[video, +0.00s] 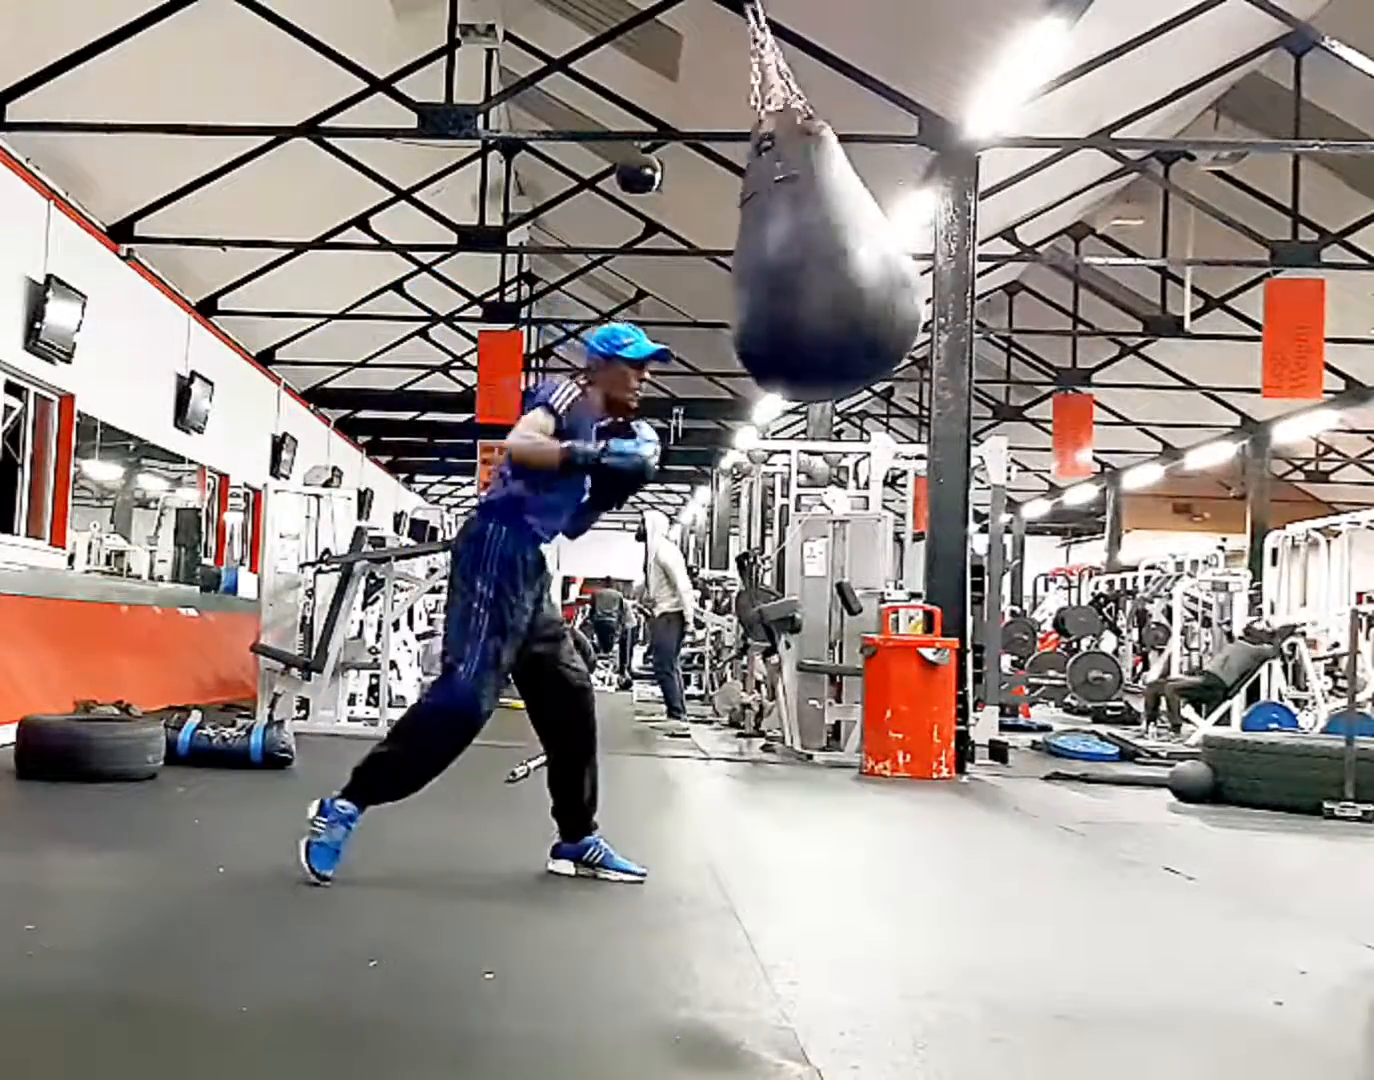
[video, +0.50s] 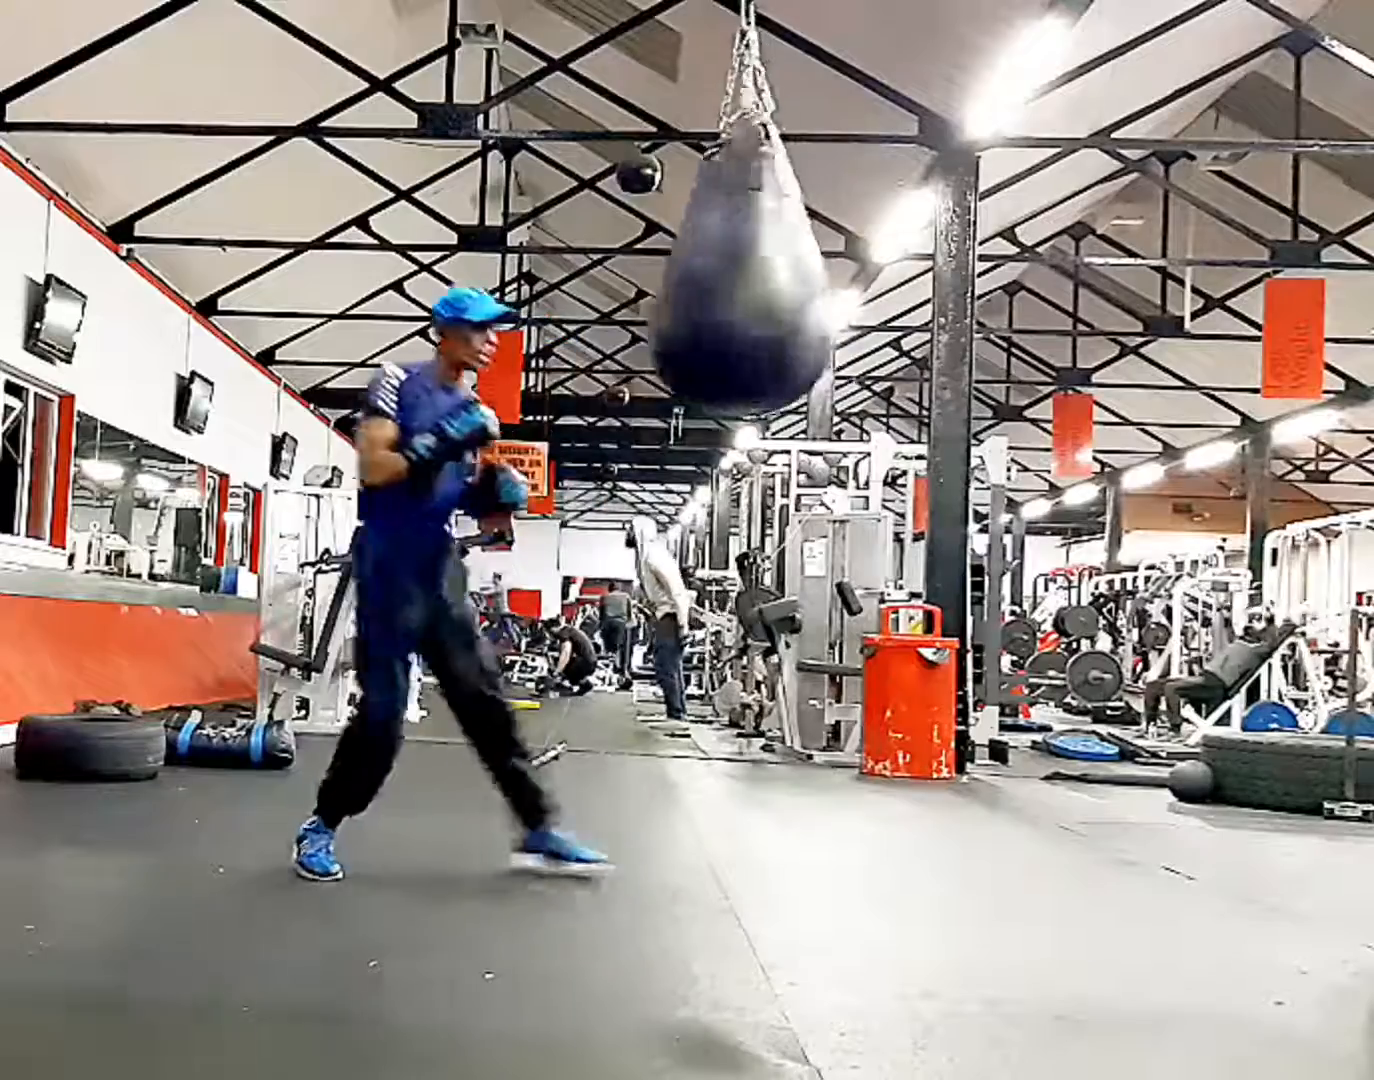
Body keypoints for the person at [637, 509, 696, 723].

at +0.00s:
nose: (638, 529)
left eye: (642, 525)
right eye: (640, 524)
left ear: (652, 528)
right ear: (655, 528)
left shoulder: (664, 550)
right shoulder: (654, 550)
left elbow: (682, 584)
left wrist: (689, 618)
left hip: (669, 612)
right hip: (662, 612)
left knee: (664, 664)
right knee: (668, 664)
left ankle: (676, 712)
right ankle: (677, 709)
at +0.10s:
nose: (637, 531)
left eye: (641, 526)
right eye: (638, 526)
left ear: (650, 529)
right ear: (654, 529)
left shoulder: (664, 551)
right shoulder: (653, 551)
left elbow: (683, 584)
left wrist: (690, 617)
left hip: (671, 613)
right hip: (662, 613)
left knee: (666, 664)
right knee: (668, 664)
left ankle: (676, 711)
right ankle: (675, 709)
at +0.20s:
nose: (634, 531)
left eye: (637, 527)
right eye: (636, 526)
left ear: (647, 529)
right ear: (652, 529)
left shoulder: (661, 550)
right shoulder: (652, 551)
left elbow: (682, 583)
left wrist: (690, 616)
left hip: (672, 613)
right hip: (662, 613)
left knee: (666, 664)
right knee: (668, 664)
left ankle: (676, 711)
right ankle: (675, 710)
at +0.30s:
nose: (631, 534)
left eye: (635, 529)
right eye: (633, 529)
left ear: (645, 530)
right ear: (649, 531)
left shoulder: (659, 551)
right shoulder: (650, 553)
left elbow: (679, 580)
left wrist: (690, 613)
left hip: (672, 613)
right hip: (664, 613)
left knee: (666, 663)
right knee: (668, 663)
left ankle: (676, 711)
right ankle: (676, 710)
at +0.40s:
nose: (628, 535)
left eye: (632, 530)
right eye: (629, 530)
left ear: (642, 532)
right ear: (645, 532)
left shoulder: (658, 555)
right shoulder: (649, 557)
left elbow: (678, 584)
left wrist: (688, 616)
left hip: (673, 614)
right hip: (665, 615)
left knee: (666, 665)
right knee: (672, 665)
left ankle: (676, 712)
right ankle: (676, 711)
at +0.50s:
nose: (626, 535)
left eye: (630, 530)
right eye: (627, 530)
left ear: (640, 533)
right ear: (643, 533)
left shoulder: (655, 557)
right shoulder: (644, 557)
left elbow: (676, 590)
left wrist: (683, 624)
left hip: (669, 616)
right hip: (659, 617)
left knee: (667, 667)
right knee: (669, 667)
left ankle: (676, 712)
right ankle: (676, 711)